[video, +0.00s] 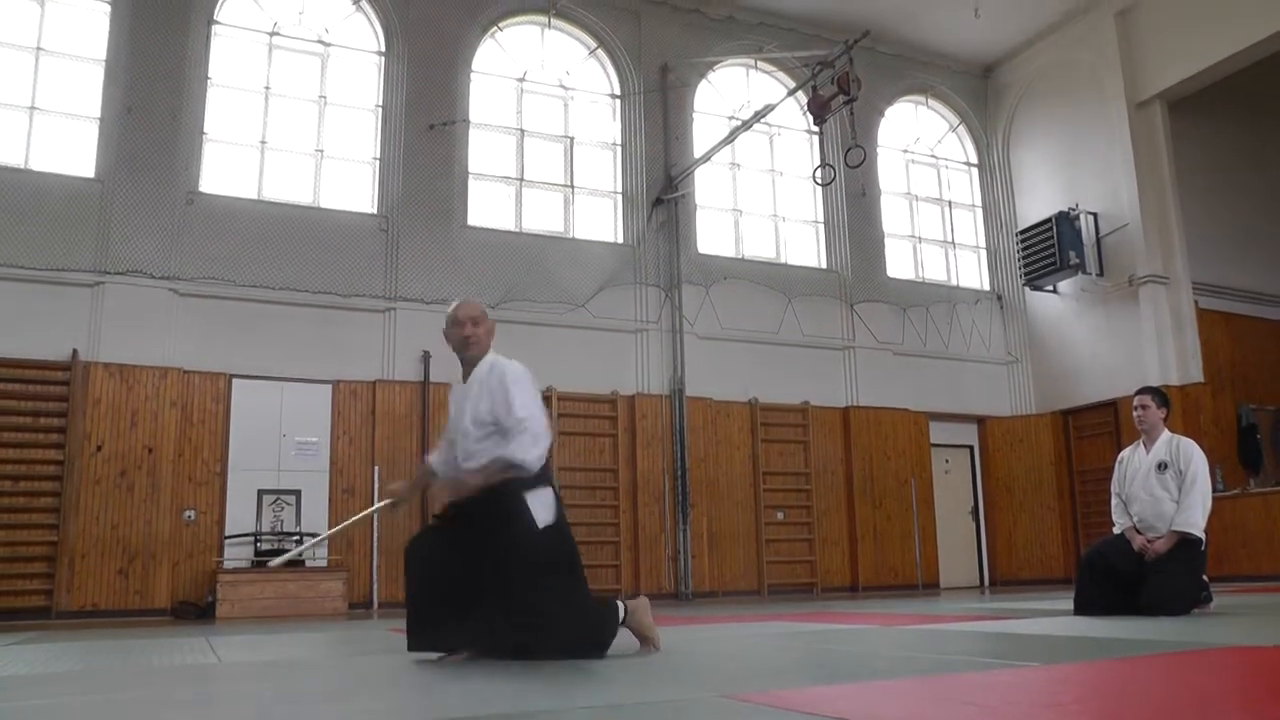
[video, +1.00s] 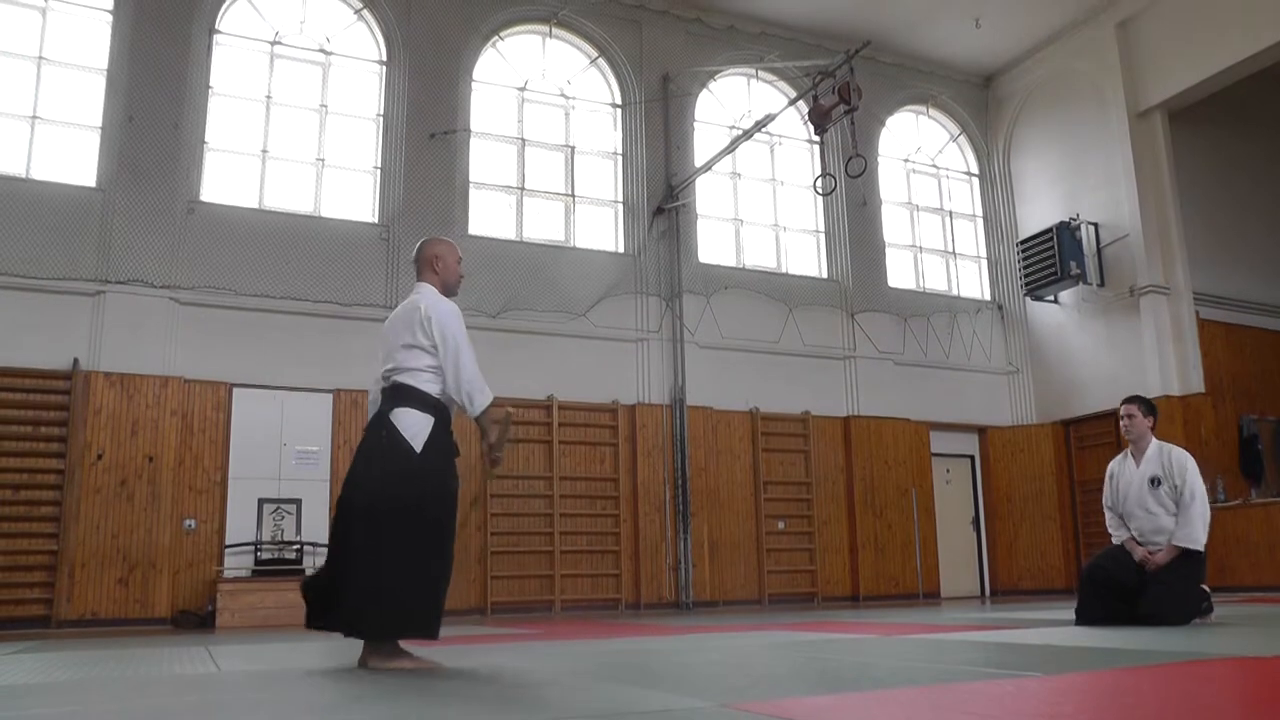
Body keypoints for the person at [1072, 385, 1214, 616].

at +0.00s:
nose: (1138, 413)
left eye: (1144, 408)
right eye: (1135, 409)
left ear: (1162, 413)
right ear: (1132, 414)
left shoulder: (1185, 449)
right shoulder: (1125, 458)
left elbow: (1196, 501)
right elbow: (1117, 502)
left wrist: (1167, 541)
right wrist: (1133, 536)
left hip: (1179, 542)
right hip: (1135, 541)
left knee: (1157, 606)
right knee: (1094, 562)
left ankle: (1198, 589)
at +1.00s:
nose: (1124, 423)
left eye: (1130, 417)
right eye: (1121, 418)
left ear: (1149, 422)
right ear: (1119, 423)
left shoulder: (1177, 459)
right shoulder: (1115, 468)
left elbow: (1196, 512)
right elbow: (1111, 515)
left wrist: (1167, 553)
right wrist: (1133, 548)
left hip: (1179, 553)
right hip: (1134, 552)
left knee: (1159, 615)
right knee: (1094, 576)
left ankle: (1200, 599)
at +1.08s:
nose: (1118, 418)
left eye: (1124, 411)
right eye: (1115, 413)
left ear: (1143, 416)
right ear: (1112, 418)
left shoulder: (1172, 454)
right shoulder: (1110, 462)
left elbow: (1188, 506)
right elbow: (1106, 508)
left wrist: (1165, 549)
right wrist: (1125, 541)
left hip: (1174, 549)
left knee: (1158, 616)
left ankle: (1199, 599)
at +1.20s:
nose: (1108, 407)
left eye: (1114, 401)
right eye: (1106, 402)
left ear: (1134, 403)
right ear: (1104, 408)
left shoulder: (1160, 443)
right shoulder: (1102, 450)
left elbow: (1177, 493)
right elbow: (1096, 492)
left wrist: (1158, 538)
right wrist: (1101, 518)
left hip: (1165, 539)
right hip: (1123, 539)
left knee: (1156, 618)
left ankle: (1199, 599)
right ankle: (1124, 607)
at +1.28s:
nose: (1099, 403)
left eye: (1105, 396)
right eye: (1097, 398)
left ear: (1125, 399)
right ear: (1096, 403)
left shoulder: (1152, 439)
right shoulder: (1094, 446)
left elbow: (1168, 489)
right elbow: (1087, 486)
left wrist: (1151, 534)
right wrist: (1087, 507)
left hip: (1158, 534)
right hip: (1117, 534)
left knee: (1152, 618)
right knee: (1080, 541)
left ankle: (1197, 599)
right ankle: (1113, 607)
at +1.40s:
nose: (1083, 404)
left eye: (1089, 398)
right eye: (1081, 399)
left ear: (1109, 401)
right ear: (1080, 404)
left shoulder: (1136, 439)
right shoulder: (1079, 446)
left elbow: (1154, 488)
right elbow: (1070, 484)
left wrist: (1141, 536)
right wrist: (1074, 500)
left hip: (1146, 534)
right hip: (1104, 533)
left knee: (1145, 618)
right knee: (1061, 530)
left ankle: (1195, 600)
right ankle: (1077, 612)